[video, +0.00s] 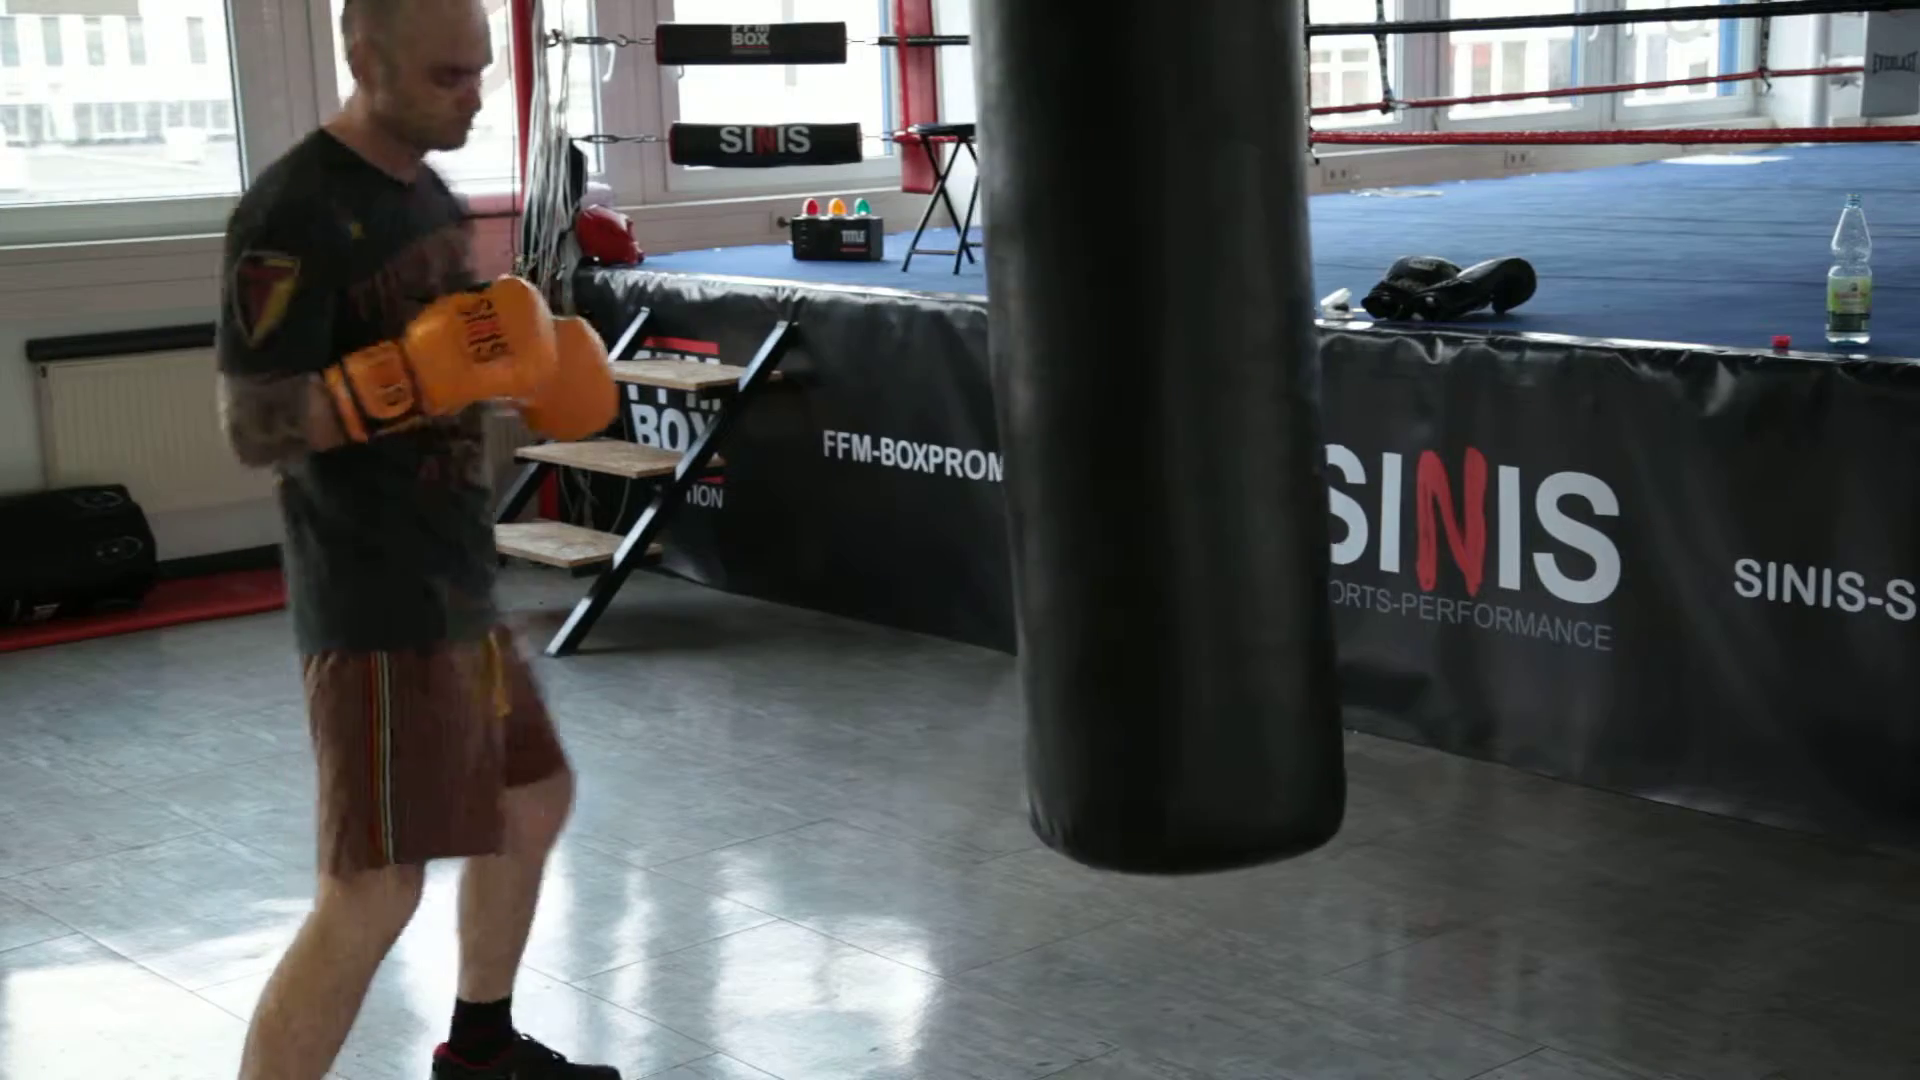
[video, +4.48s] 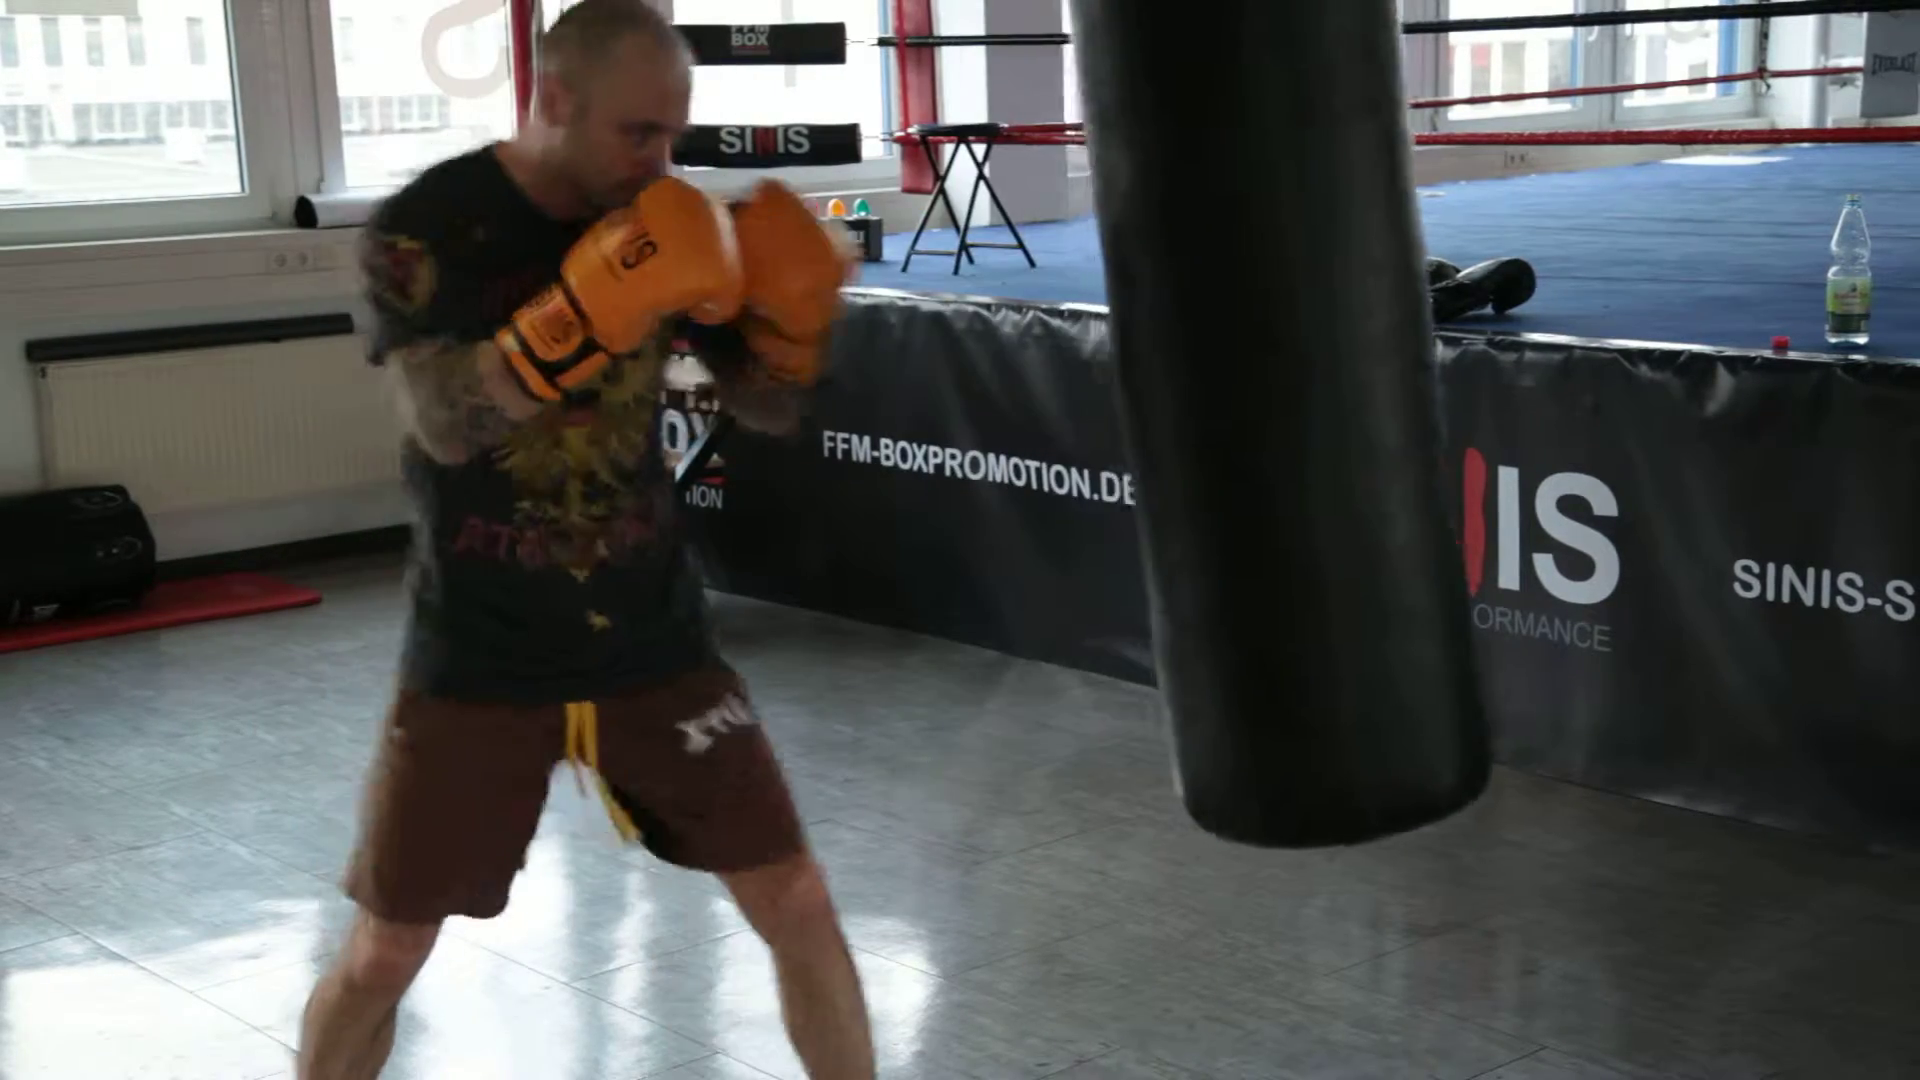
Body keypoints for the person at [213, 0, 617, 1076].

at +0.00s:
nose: (474, 96)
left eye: (480, 71)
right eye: (449, 76)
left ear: (482, 53)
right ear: (364, 61)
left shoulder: (432, 195)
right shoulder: (291, 208)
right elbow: (256, 424)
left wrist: (536, 385)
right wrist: (413, 372)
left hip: (455, 577)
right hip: (366, 600)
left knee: (531, 802)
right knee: (374, 890)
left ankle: (481, 1046)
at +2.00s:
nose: (519, 155)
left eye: (538, 134)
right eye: (503, 128)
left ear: (550, 123)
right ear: (440, 93)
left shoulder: (537, 218)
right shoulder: (320, 195)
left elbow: (561, 398)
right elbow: (311, 378)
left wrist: (618, 296)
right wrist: (418, 263)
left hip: (490, 561)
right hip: (345, 569)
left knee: (592, 812)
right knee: (283, 862)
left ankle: (637, 1057)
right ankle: (178, 1041)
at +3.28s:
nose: (431, 171)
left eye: (447, 142)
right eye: (404, 146)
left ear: (462, 125)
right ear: (326, 119)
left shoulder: (494, 220)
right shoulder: (239, 236)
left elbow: (585, 400)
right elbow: (227, 451)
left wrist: (563, 335)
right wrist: (304, 364)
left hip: (498, 589)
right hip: (330, 604)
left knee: (621, 849)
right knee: (247, 895)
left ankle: (686, 1069)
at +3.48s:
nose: (495, 275)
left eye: (508, 247)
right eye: (468, 255)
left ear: (522, 221)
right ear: (390, 232)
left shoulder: (565, 298)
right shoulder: (313, 319)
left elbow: (670, 474)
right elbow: (286, 510)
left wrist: (659, 401)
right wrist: (335, 497)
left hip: (557, 658)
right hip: (381, 673)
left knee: (689, 886)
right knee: (272, 934)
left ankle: (711, 1073)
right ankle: (205, 1078)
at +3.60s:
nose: (630, 226)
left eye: (640, 198)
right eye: (607, 200)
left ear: (649, 178)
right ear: (534, 171)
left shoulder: (634, 272)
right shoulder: (414, 264)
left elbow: (681, 431)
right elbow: (329, 454)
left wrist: (704, 368)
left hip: (575, 607)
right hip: (424, 620)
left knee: (685, 848)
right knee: (324, 915)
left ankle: (711, 1074)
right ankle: (208, 1077)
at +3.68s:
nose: (681, 213)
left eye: (695, 189)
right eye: (660, 185)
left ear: (705, 175)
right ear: (580, 159)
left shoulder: (651, 257)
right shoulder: (489, 225)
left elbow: (701, 412)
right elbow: (466, 341)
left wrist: (749, 348)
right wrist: (659, 277)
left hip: (578, 589)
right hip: (441, 602)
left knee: (688, 839)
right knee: (334, 910)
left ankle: (710, 1075)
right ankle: (210, 1073)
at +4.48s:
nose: (661, 159)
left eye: (673, 132)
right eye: (638, 132)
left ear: (681, 119)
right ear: (551, 101)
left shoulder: (653, 225)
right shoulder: (423, 225)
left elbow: (756, 412)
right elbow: (436, 419)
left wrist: (791, 320)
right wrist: (583, 319)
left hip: (649, 632)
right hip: (479, 647)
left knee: (798, 905)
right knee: (384, 956)